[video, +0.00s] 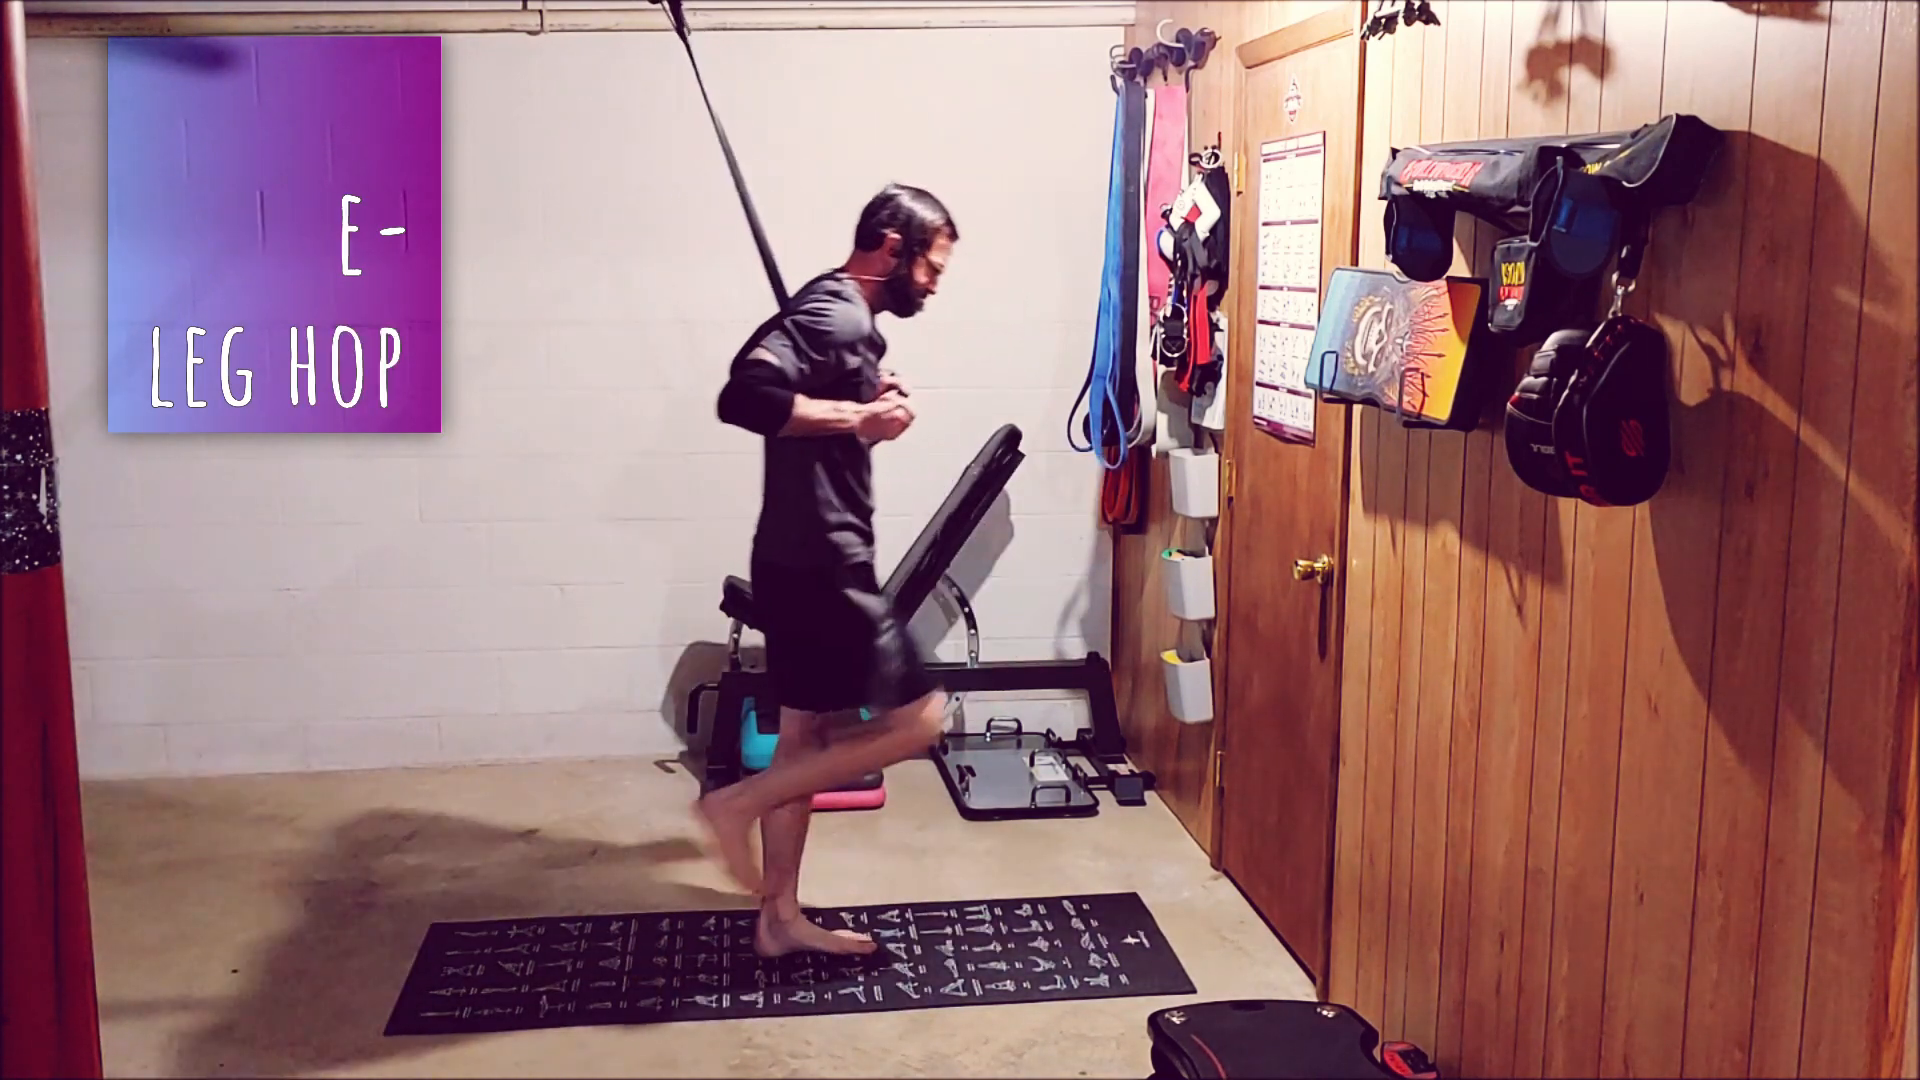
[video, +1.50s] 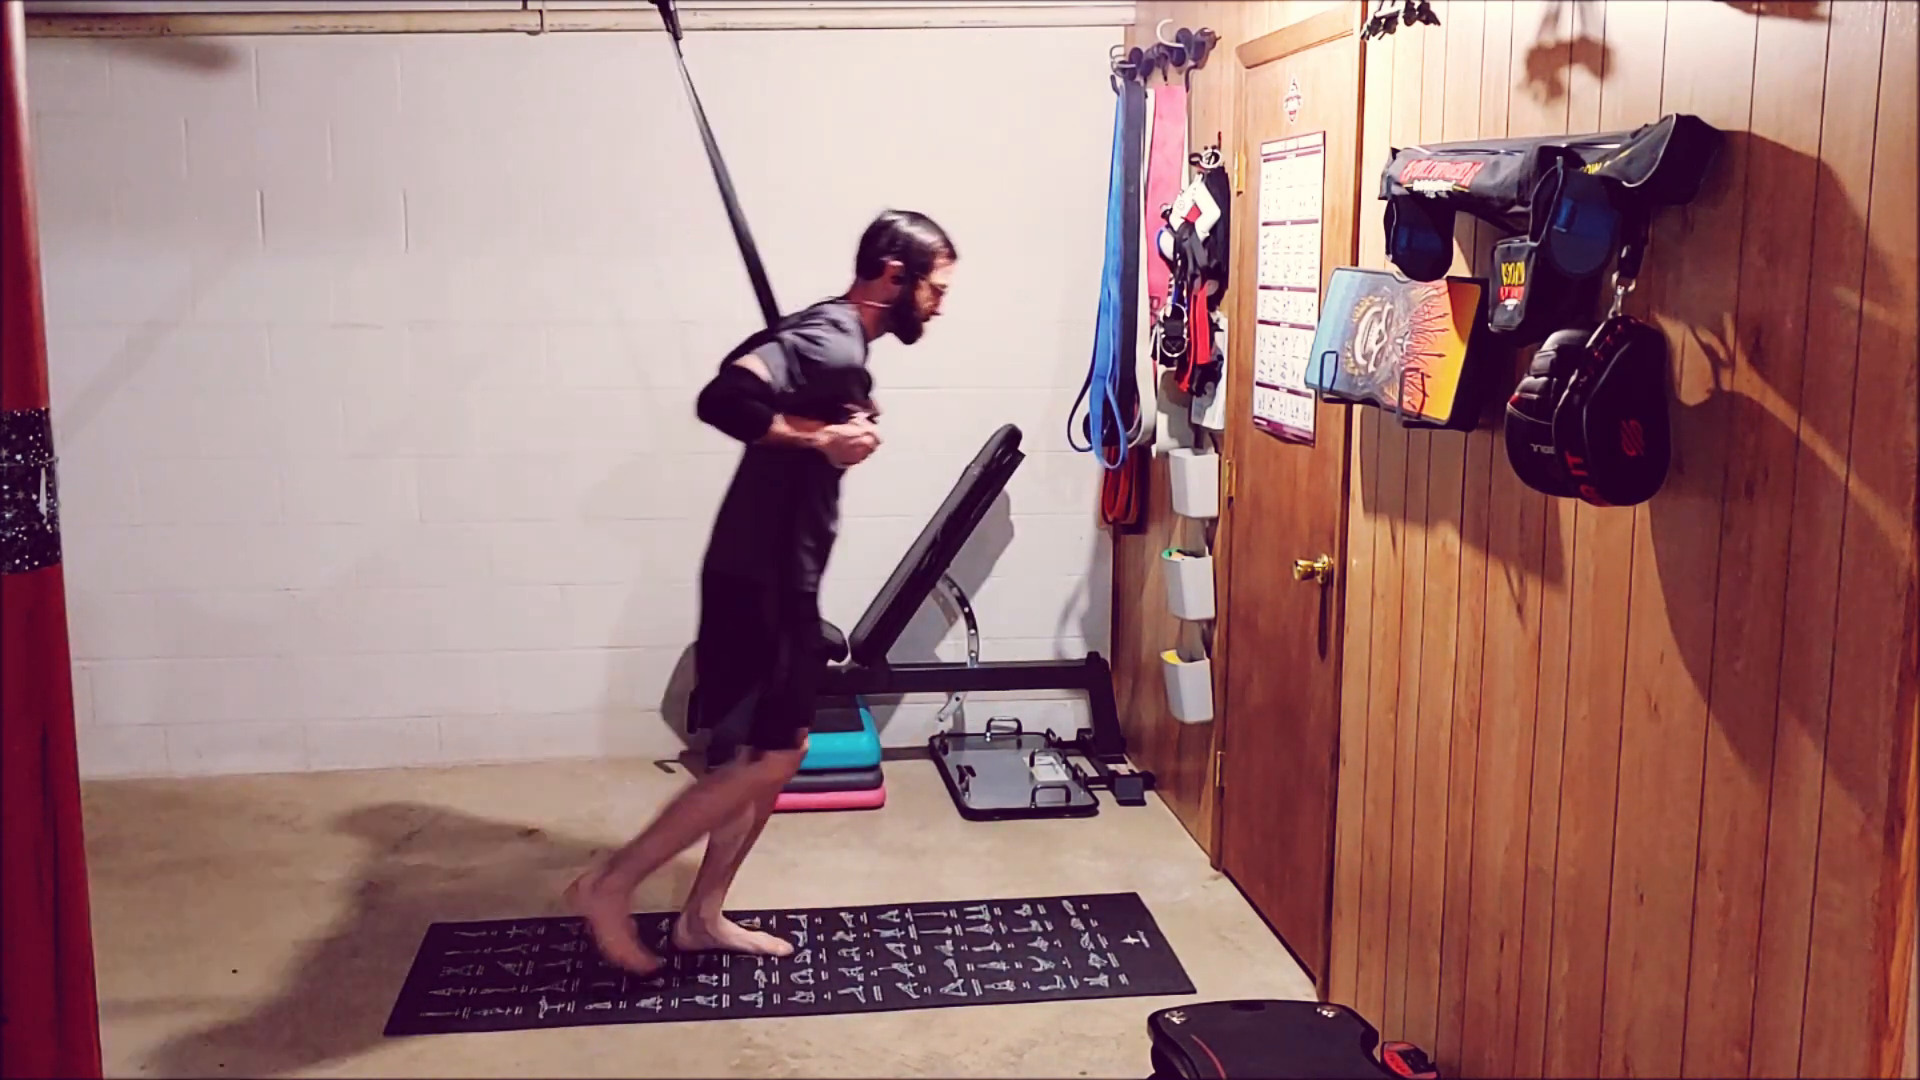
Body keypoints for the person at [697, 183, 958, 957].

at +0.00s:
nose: (936, 283)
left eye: (941, 269)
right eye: (933, 265)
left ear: (887, 251)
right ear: (889, 249)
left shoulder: (852, 316)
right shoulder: (829, 307)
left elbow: (795, 407)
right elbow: (745, 396)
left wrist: (870, 397)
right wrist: (858, 417)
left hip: (819, 553)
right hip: (819, 557)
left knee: (803, 733)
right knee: (920, 717)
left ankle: (780, 917)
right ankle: (735, 805)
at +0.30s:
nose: (859, 285)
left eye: (863, 269)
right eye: (855, 266)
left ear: (809, 251)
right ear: (809, 249)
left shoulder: (774, 326)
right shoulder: (745, 322)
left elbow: (720, 415)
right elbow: (657, 414)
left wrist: (786, 416)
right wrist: (772, 442)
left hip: (764, 571)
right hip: (722, 573)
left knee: (771, 742)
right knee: (704, 756)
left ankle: (779, 919)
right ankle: (577, 909)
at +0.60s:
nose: (792, 300)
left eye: (797, 284)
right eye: (786, 282)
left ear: (739, 270)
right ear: (738, 266)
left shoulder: (703, 339)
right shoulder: (668, 334)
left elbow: (645, 423)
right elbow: (568, 420)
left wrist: (707, 427)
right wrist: (681, 455)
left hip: (680, 584)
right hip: (629, 586)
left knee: (728, 737)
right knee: (603, 758)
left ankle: (770, 915)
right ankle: (557, 937)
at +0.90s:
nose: (778, 300)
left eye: (781, 285)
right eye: (774, 283)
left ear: (729, 269)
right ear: (725, 267)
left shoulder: (691, 340)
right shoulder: (653, 330)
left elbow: (640, 419)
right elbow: (542, 406)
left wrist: (691, 435)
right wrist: (646, 451)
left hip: (658, 579)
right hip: (598, 578)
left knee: (718, 729)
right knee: (585, 756)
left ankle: (699, 910)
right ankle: (554, 937)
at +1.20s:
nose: (838, 307)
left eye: (842, 292)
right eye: (833, 290)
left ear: (787, 278)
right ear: (787, 275)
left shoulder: (744, 347)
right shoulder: (716, 339)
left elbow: (683, 425)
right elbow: (615, 413)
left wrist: (741, 442)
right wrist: (717, 457)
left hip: (696, 581)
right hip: (643, 581)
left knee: (742, 736)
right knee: (606, 755)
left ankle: (700, 916)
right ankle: (556, 934)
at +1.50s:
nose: (940, 303)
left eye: (944, 289)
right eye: (936, 287)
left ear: (891, 277)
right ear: (891, 275)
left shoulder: (847, 343)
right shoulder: (825, 334)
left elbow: (758, 405)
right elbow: (725, 398)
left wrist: (838, 426)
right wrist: (822, 437)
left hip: (786, 572)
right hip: (755, 571)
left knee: (781, 748)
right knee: (761, 758)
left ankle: (703, 915)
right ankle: (606, 889)